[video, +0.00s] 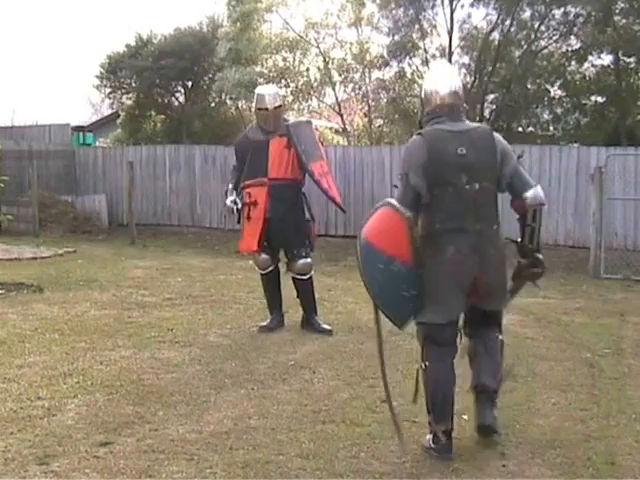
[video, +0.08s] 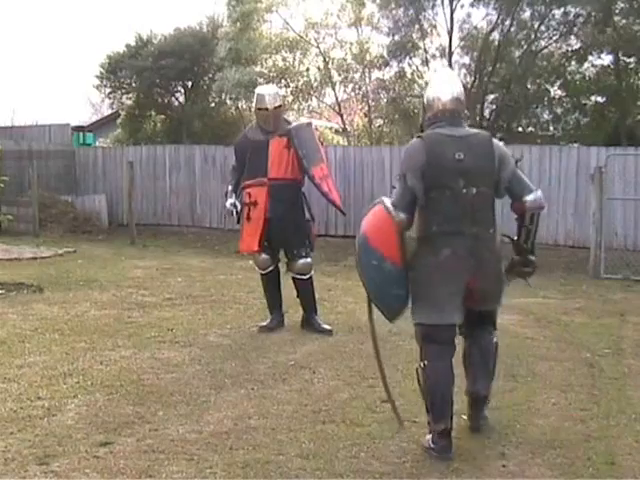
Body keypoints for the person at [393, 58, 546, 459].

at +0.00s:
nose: (422, 110)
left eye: (423, 105)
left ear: (426, 108)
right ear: (460, 104)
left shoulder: (420, 145)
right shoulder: (490, 139)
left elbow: (408, 207)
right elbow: (532, 197)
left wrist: (396, 267)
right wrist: (530, 249)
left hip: (442, 253)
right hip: (490, 252)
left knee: (439, 343)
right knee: (486, 326)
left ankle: (441, 436)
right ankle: (486, 413)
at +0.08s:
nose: (426, 114)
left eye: (426, 108)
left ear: (428, 110)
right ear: (463, 107)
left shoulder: (420, 149)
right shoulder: (491, 146)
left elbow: (401, 213)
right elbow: (531, 201)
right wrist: (524, 250)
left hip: (436, 257)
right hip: (484, 257)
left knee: (437, 345)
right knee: (481, 328)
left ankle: (440, 437)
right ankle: (478, 410)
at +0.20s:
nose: (434, 119)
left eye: (434, 115)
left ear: (435, 116)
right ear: (468, 116)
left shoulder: (422, 154)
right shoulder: (492, 154)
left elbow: (398, 216)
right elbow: (530, 208)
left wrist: (389, 204)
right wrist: (510, 244)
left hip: (433, 257)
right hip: (480, 258)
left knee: (432, 340)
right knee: (471, 331)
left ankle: (438, 438)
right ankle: (467, 404)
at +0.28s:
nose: (439, 120)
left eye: (439, 115)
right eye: (466, 116)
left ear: (440, 116)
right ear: (472, 117)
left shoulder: (426, 151)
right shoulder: (492, 154)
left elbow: (397, 209)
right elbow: (525, 210)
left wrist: (394, 252)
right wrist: (500, 235)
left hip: (433, 258)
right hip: (477, 259)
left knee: (430, 339)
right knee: (470, 328)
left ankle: (436, 431)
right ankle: (467, 402)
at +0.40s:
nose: (441, 113)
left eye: (442, 108)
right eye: (469, 108)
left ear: (443, 109)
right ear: (474, 111)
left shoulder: (429, 145)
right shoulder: (496, 149)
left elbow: (401, 196)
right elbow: (522, 204)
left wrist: (391, 230)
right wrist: (490, 217)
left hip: (435, 250)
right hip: (477, 252)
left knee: (424, 324)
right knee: (470, 324)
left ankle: (435, 389)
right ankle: (468, 402)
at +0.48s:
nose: (437, 115)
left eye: (439, 110)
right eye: (442, 110)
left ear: (443, 113)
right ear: (472, 114)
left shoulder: (432, 140)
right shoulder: (496, 145)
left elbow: (399, 192)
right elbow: (520, 198)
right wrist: (488, 206)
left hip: (435, 244)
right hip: (477, 246)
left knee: (422, 310)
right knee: (471, 321)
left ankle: (437, 375)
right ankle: (469, 398)